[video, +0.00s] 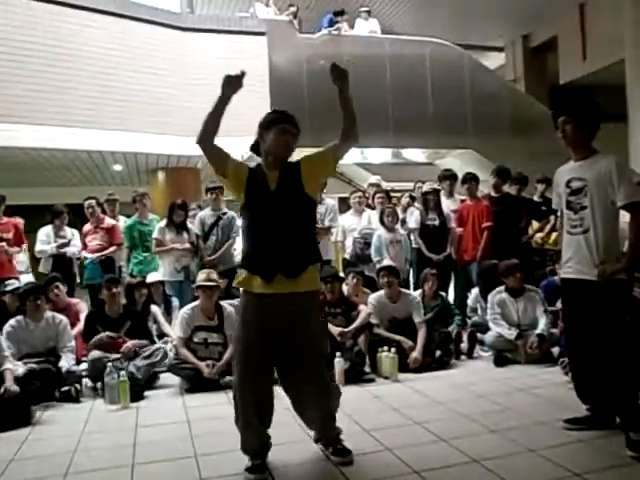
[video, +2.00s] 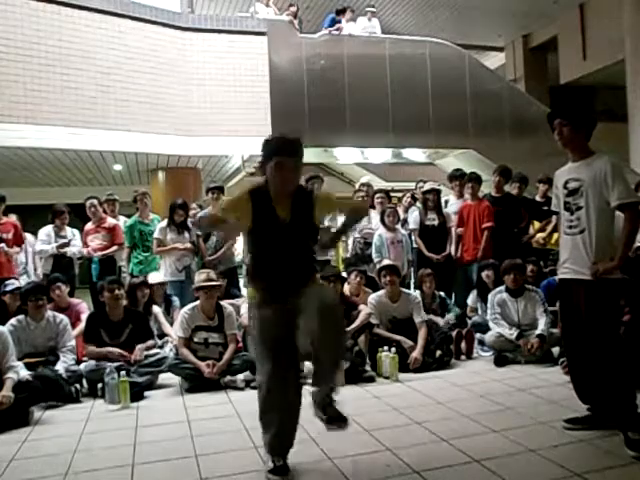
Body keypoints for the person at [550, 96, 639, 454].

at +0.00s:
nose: (562, 133)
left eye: (568, 126)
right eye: (559, 127)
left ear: (586, 128)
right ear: (560, 133)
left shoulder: (611, 166)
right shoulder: (561, 174)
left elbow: (636, 214)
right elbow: (562, 222)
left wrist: (629, 260)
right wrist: (561, 260)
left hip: (608, 277)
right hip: (573, 277)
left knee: (614, 347)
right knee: (580, 346)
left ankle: (628, 416)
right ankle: (597, 409)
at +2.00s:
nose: (558, 134)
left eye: (563, 128)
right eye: (556, 129)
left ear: (582, 129)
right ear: (557, 134)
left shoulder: (606, 166)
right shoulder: (561, 174)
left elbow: (631, 213)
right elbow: (561, 221)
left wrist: (619, 258)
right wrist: (560, 258)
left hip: (603, 274)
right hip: (570, 274)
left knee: (607, 345)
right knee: (577, 346)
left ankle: (620, 412)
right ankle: (597, 409)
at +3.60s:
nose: (607, 116)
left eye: (612, 108)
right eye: (606, 109)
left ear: (629, 111)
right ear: (611, 114)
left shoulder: (634, 159)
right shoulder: (610, 157)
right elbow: (610, 212)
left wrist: (638, 269)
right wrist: (589, 219)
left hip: (633, 279)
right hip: (610, 276)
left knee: (636, 360)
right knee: (603, 350)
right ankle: (605, 415)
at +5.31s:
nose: (620, 119)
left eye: (626, 112)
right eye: (618, 113)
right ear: (619, 119)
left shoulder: (632, 163)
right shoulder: (617, 161)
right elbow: (612, 216)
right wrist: (592, 226)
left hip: (637, 281)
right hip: (620, 278)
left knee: (635, 359)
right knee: (617, 353)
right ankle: (612, 418)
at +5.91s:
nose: (624, 118)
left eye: (629, 110)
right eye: (622, 111)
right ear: (623, 118)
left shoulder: (629, 163)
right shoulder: (620, 161)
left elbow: (616, 222)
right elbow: (615, 221)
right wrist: (610, 267)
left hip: (635, 280)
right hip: (624, 278)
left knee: (633, 357)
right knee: (619, 352)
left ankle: (639, 442)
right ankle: (612, 418)